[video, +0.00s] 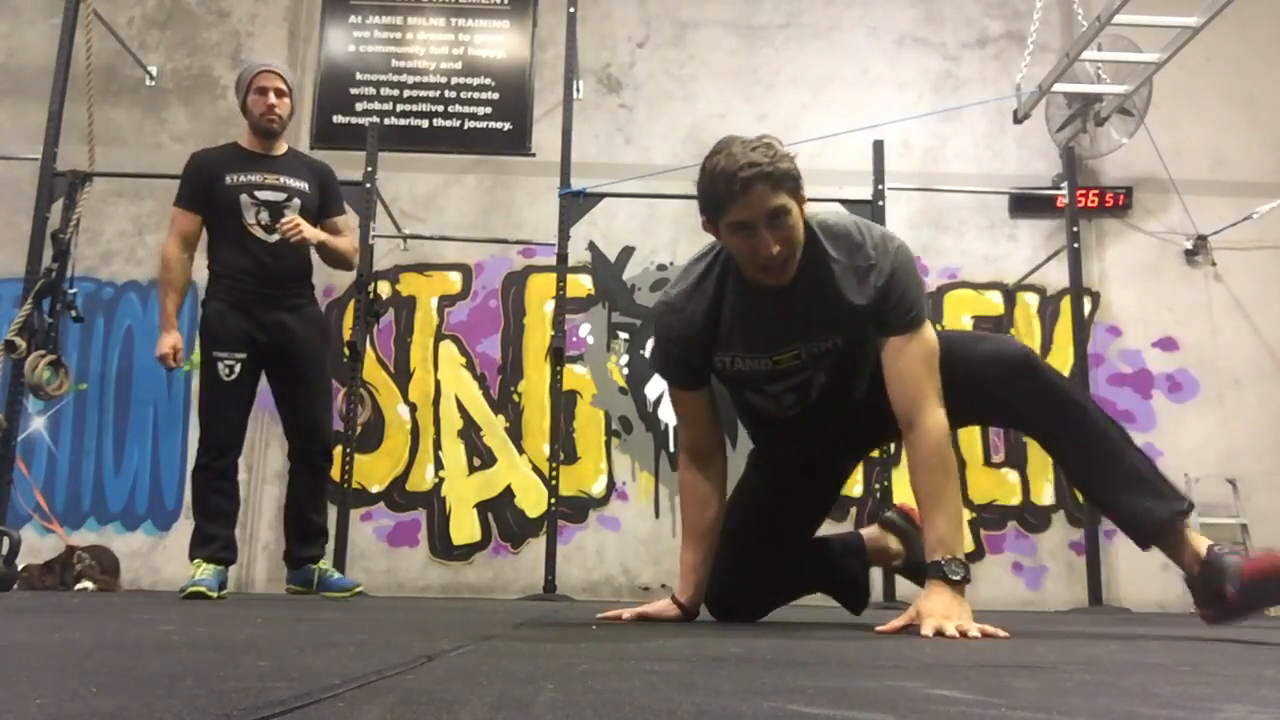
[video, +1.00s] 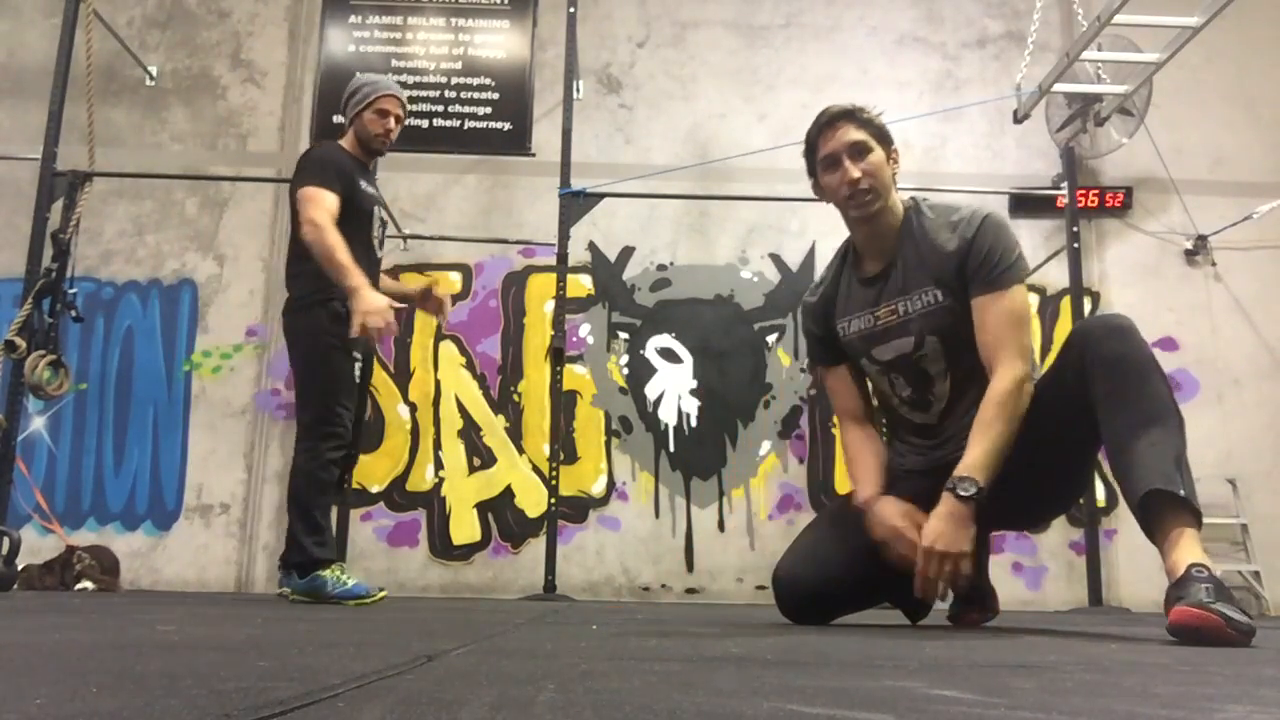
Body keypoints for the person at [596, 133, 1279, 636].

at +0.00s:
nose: (773, 242)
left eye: (782, 218)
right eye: (749, 230)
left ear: (802, 202)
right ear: (713, 231)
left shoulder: (873, 259)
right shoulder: (687, 314)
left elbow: (925, 424)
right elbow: (699, 456)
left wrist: (947, 582)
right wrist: (684, 594)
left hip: (886, 383)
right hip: (796, 439)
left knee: (1016, 369)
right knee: (733, 594)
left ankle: (1202, 564)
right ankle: (877, 546)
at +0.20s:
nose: (787, 236)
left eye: (796, 211)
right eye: (764, 224)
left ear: (823, 191)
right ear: (739, 225)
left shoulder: (907, 258)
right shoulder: (727, 307)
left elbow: (938, 427)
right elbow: (717, 459)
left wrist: (951, 582)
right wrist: (685, 597)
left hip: (923, 413)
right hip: (838, 454)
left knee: (1005, 358)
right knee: (741, 594)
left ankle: (1183, 570)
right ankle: (887, 550)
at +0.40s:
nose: (800, 233)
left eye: (808, 209)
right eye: (777, 223)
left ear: (838, 198)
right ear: (758, 235)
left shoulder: (927, 266)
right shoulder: (762, 320)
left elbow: (965, 431)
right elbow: (738, 467)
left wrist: (948, 580)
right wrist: (689, 596)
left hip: (986, 438)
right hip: (898, 473)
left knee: (1033, 340)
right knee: (789, 589)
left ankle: (1184, 569)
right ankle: (957, 556)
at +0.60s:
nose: (827, 228)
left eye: (836, 205)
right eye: (806, 220)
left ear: (868, 199)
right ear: (791, 238)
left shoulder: (957, 272)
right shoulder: (795, 326)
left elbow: (980, 428)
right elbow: (757, 471)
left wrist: (955, 568)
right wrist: (692, 592)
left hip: (1012, 453)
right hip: (913, 482)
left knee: (1101, 332)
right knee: (803, 590)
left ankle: (1198, 569)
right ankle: (950, 581)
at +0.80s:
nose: (841, 194)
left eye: (850, 172)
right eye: (820, 188)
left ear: (882, 171)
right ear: (809, 209)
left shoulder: (965, 244)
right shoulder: (815, 308)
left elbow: (1000, 387)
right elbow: (808, 444)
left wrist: (979, 522)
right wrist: (749, 529)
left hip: (1016, 459)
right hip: (915, 481)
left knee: (1121, 335)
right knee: (801, 591)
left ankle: (1201, 567)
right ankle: (927, 566)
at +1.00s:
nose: (851, 173)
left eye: (861, 154)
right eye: (831, 166)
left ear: (892, 160)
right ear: (819, 190)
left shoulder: (975, 237)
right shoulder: (825, 307)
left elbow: (1011, 376)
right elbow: (854, 422)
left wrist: (961, 495)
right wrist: (874, 500)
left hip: (1009, 463)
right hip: (913, 489)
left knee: (1107, 335)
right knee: (799, 590)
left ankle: (1189, 570)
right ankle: (950, 562)